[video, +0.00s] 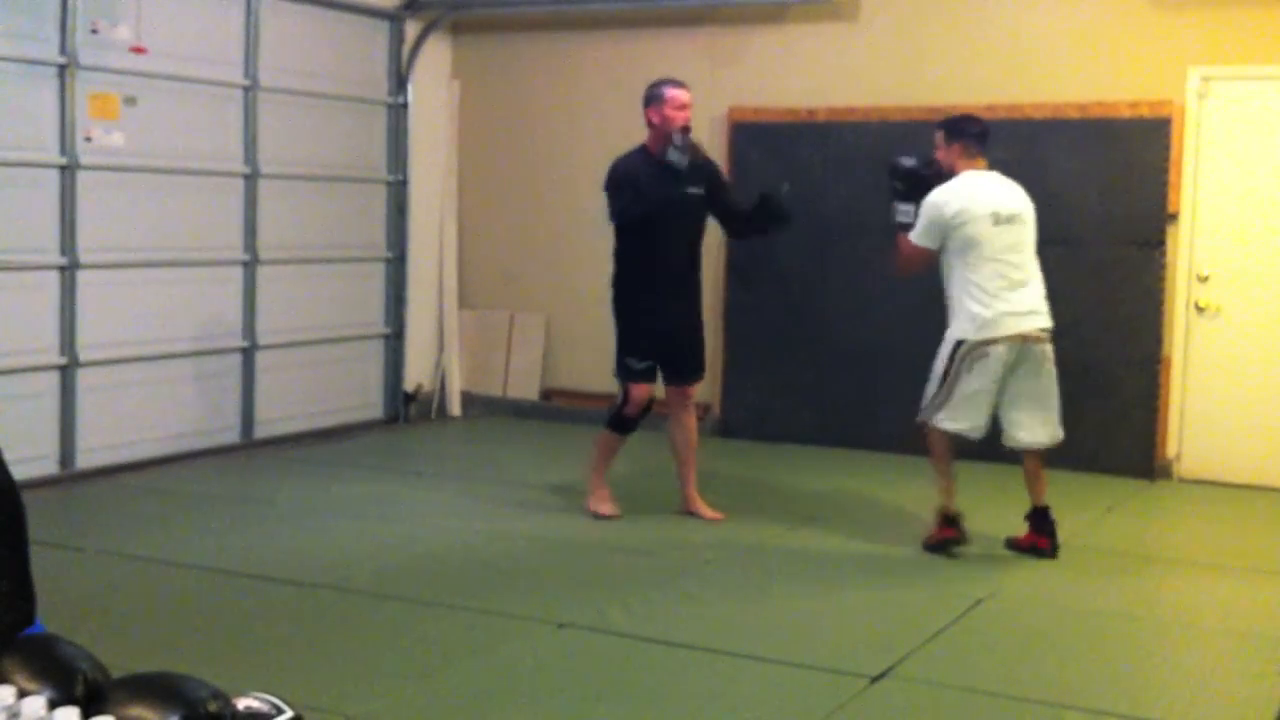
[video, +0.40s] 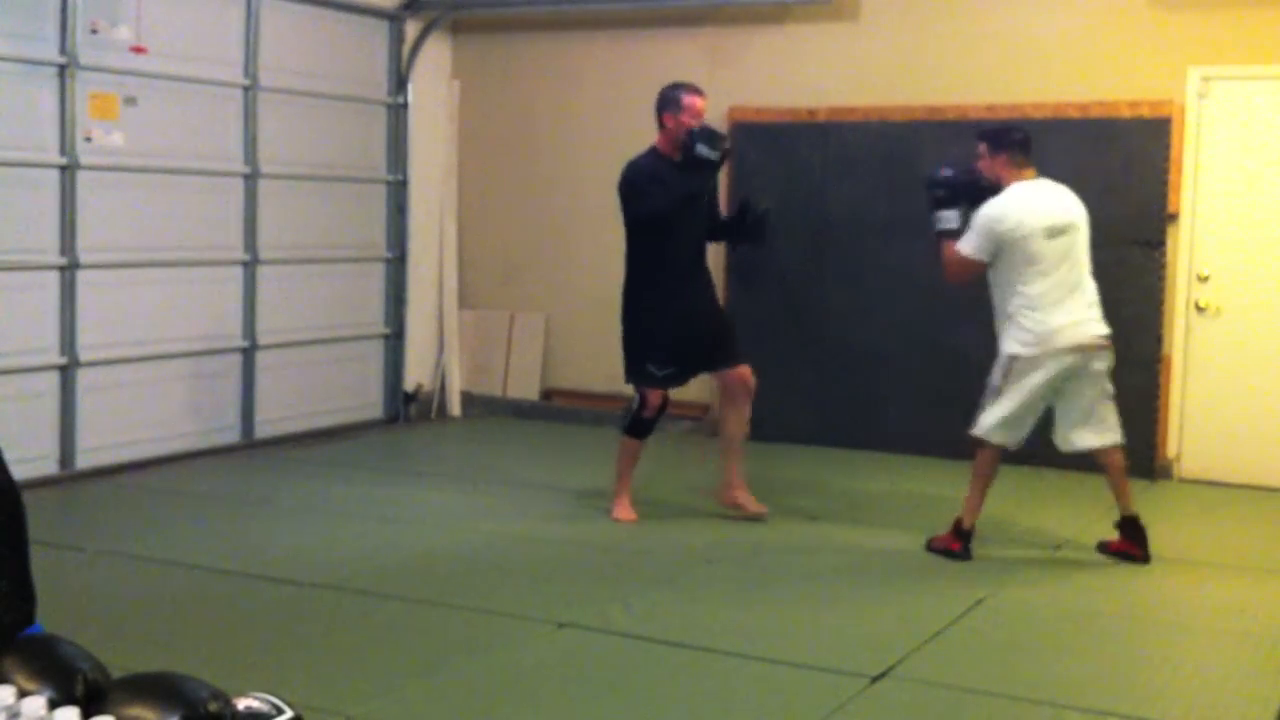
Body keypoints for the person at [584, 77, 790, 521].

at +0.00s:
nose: (686, 116)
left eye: (688, 108)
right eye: (678, 108)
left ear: (689, 113)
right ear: (651, 114)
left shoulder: (701, 169)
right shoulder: (629, 170)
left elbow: (734, 224)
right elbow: (632, 223)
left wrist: (764, 214)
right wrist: (671, 169)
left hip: (683, 296)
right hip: (638, 297)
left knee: (683, 397)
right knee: (638, 395)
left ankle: (690, 495)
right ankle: (597, 483)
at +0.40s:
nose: (700, 127)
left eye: (702, 119)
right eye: (693, 119)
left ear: (695, 122)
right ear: (666, 118)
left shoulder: (697, 168)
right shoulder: (640, 173)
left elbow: (705, 228)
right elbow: (656, 221)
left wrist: (740, 227)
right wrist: (701, 169)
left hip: (695, 298)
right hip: (650, 301)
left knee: (739, 382)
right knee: (652, 400)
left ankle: (733, 487)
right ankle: (621, 495)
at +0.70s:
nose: (745, 135)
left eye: (748, 126)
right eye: (737, 125)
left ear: (750, 127)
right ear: (713, 122)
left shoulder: (744, 174)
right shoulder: (686, 173)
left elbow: (781, 223)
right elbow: (702, 224)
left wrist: (804, 175)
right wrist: (745, 161)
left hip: (739, 303)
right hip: (692, 304)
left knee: (761, 397)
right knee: (683, 405)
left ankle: (779, 502)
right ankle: (627, 486)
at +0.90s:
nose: (773, 134)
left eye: (777, 126)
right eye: (765, 124)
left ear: (777, 125)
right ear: (740, 121)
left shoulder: (765, 170)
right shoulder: (709, 170)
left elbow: (798, 227)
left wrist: (823, 183)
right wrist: (768, 164)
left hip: (760, 299)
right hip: (716, 300)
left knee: (769, 399)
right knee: (716, 400)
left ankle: (779, 503)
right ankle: (659, 482)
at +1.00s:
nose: (777, 139)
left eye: (783, 130)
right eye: (771, 129)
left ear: (783, 127)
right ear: (749, 120)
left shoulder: (771, 168)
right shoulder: (717, 169)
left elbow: (797, 226)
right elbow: (744, 220)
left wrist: (832, 189)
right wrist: (777, 162)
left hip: (760, 291)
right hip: (720, 293)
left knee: (775, 396)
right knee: (728, 399)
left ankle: (780, 505)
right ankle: (681, 496)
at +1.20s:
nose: (801, 136)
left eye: (806, 127)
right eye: (794, 125)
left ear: (800, 127)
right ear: (765, 122)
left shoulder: (780, 170)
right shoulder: (732, 171)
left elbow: (791, 226)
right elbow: (774, 223)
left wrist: (832, 206)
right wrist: (794, 171)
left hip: (769, 301)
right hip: (729, 303)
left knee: (811, 390)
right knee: (726, 400)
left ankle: (809, 501)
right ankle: (677, 499)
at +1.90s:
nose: (764, 146)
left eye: (768, 138)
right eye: (756, 137)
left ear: (768, 139)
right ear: (730, 137)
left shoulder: (764, 183)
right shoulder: (714, 190)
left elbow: (788, 233)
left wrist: (832, 237)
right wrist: (773, 179)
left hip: (764, 310)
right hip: (720, 313)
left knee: (800, 404)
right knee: (708, 411)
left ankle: (806, 511)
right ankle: (656, 500)